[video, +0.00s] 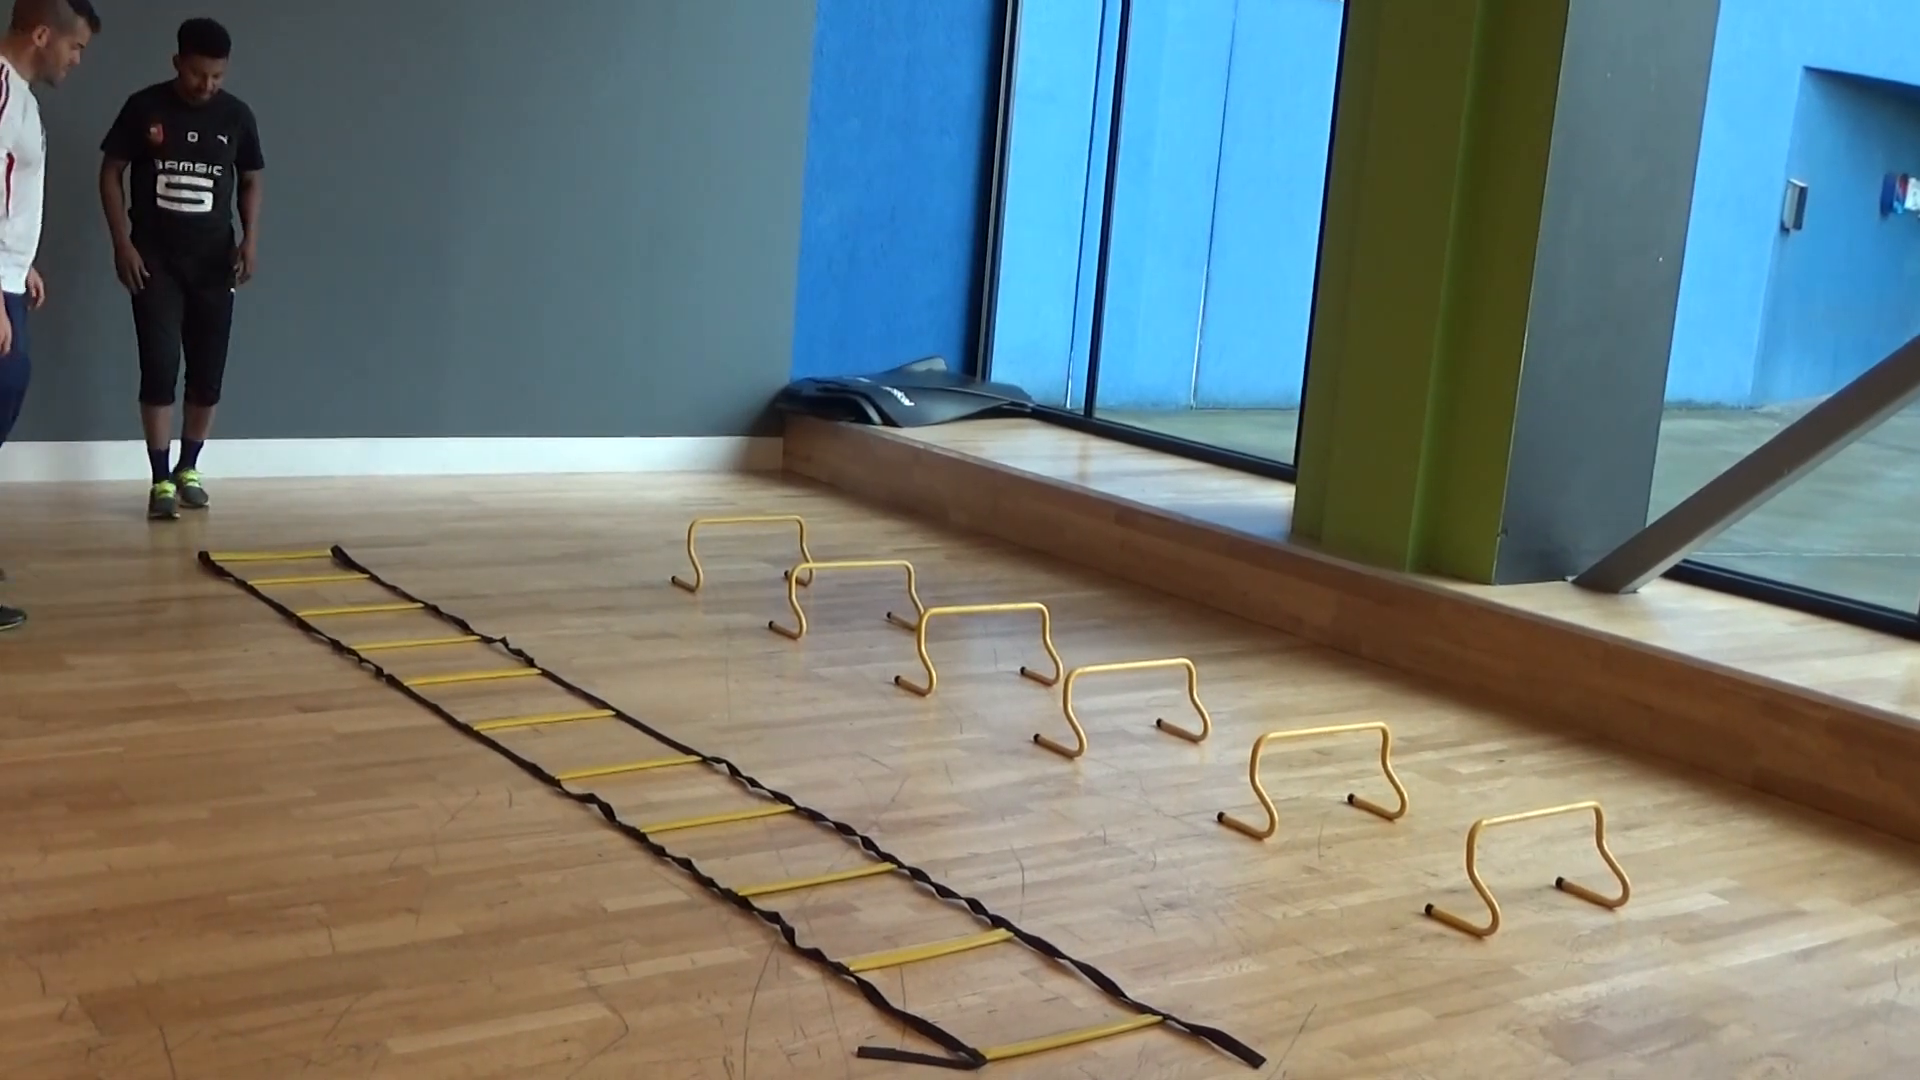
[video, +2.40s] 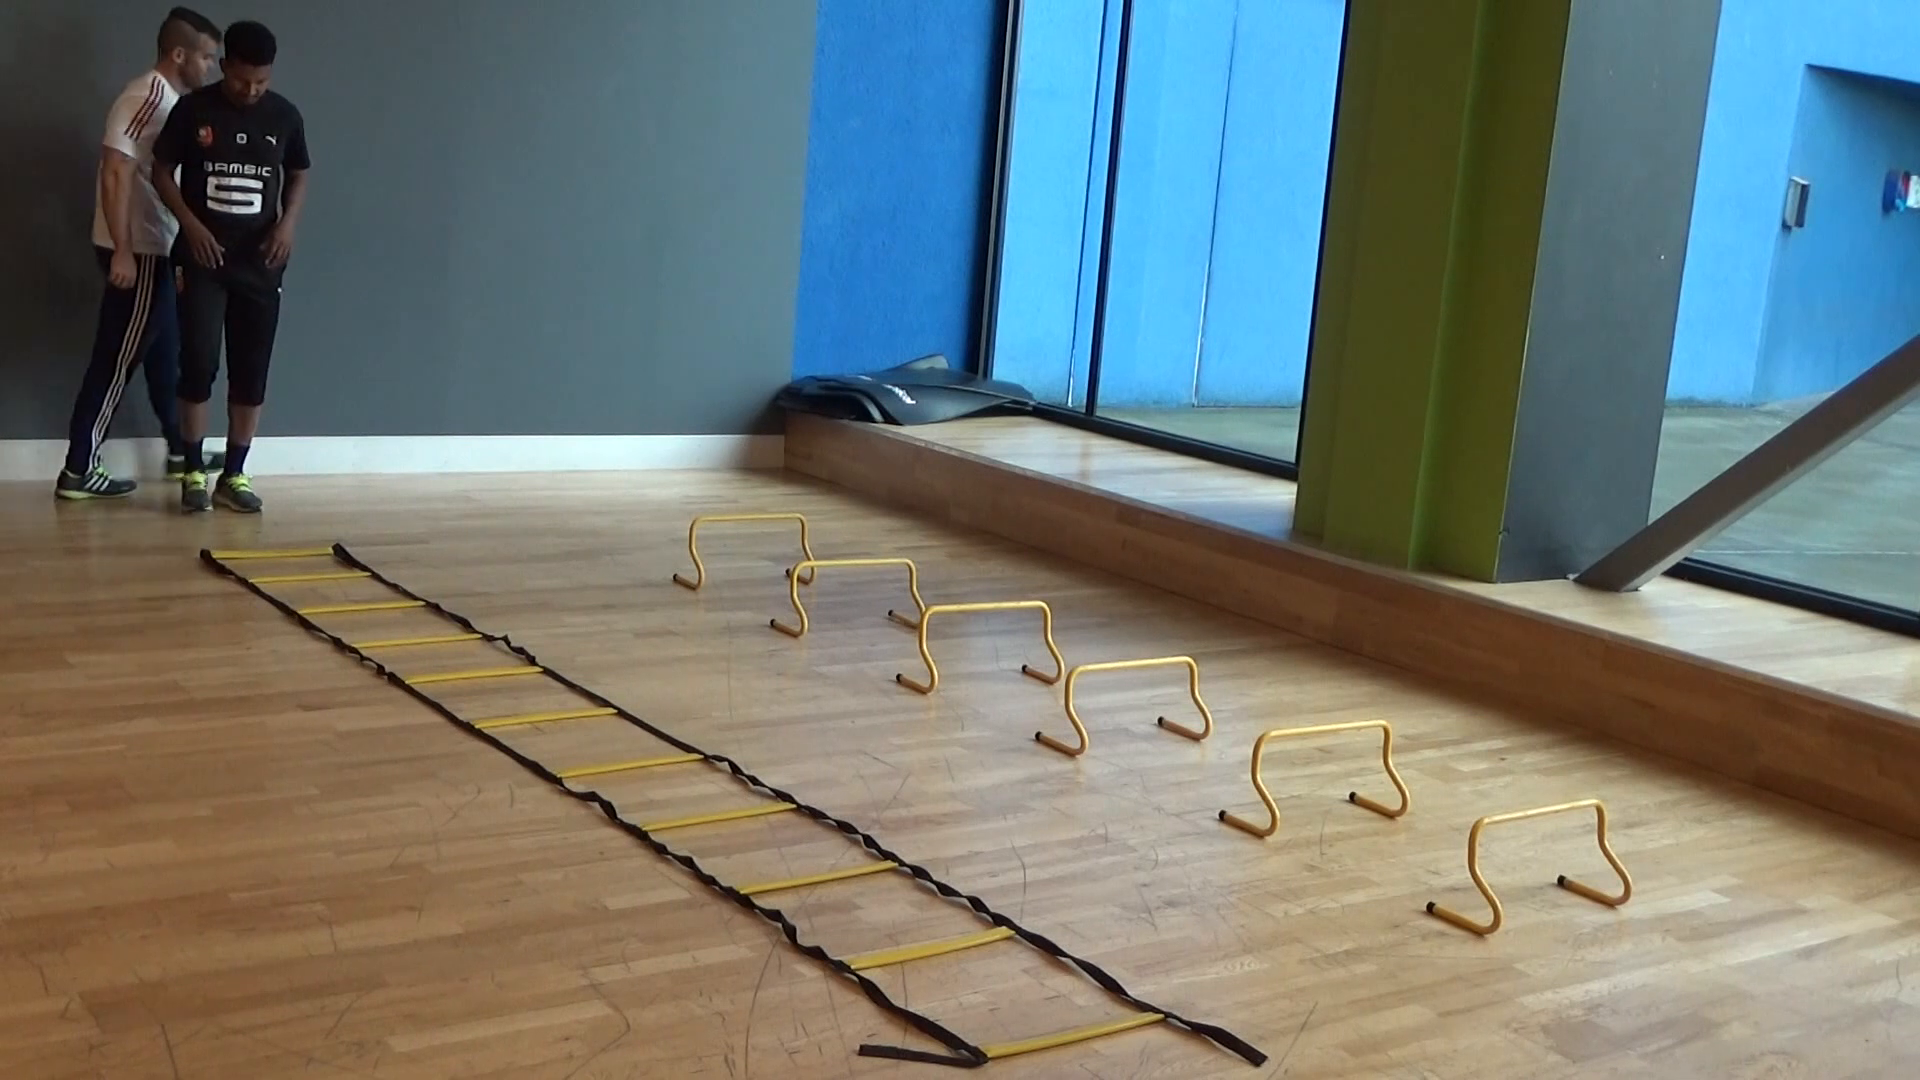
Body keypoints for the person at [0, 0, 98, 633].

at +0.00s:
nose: (77, 60)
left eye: (81, 49)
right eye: (74, 47)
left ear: (39, 35)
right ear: (39, 36)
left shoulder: (24, 99)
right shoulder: (8, 98)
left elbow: (12, 198)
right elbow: (4, 203)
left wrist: (23, 262)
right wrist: (1, 299)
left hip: (15, 292)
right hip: (4, 298)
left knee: (10, 409)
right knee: (5, 411)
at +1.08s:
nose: (85, 85)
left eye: (91, 76)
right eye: (88, 73)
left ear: (55, 49)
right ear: (61, 51)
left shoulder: (8, 70)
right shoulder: (41, 102)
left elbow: (41, 198)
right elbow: (44, 203)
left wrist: (64, 274)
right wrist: (76, 278)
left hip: (10, 267)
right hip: (20, 269)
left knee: (12, 397)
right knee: (16, 399)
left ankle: (2, 520)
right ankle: (1, 521)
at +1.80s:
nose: (113, 60)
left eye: (115, 50)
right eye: (112, 49)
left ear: (70, 41)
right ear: (89, 45)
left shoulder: (15, 74)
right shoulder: (67, 92)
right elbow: (53, 173)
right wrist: (68, 252)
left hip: (10, 249)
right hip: (58, 252)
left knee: (4, 366)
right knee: (78, 363)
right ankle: (55, 479)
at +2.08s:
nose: (149, 60)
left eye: (150, 50)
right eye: (148, 50)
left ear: (102, 44)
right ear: (129, 49)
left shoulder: (58, 84)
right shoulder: (105, 100)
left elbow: (59, 176)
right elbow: (91, 182)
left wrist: (116, 234)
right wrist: (111, 258)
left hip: (46, 251)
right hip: (93, 255)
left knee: (47, 353)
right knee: (107, 364)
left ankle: (1, 453)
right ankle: (81, 471)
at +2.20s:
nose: (170, 57)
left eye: (171, 49)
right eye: (167, 48)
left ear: (127, 44)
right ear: (145, 47)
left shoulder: (91, 82)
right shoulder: (121, 92)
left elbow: (97, 177)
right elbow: (102, 178)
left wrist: (137, 239)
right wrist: (121, 254)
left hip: (79, 242)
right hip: (106, 246)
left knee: (97, 343)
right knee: (114, 354)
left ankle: (45, 432)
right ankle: (81, 470)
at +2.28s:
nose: (188, 58)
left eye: (188, 49)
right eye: (182, 48)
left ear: (152, 48)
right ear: (157, 47)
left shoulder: (126, 87)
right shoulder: (130, 91)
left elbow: (127, 178)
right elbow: (105, 172)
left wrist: (147, 238)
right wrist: (121, 249)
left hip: (113, 243)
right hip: (111, 245)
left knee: (135, 341)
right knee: (117, 351)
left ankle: (88, 450)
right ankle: (79, 470)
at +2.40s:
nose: (212, 68)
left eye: (213, 59)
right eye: (208, 57)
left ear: (180, 55)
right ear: (179, 53)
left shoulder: (173, 98)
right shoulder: (150, 92)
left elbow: (164, 179)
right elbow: (114, 166)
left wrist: (175, 254)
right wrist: (121, 249)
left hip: (156, 248)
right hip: (135, 249)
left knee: (166, 354)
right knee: (118, 358)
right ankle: (79, 470)